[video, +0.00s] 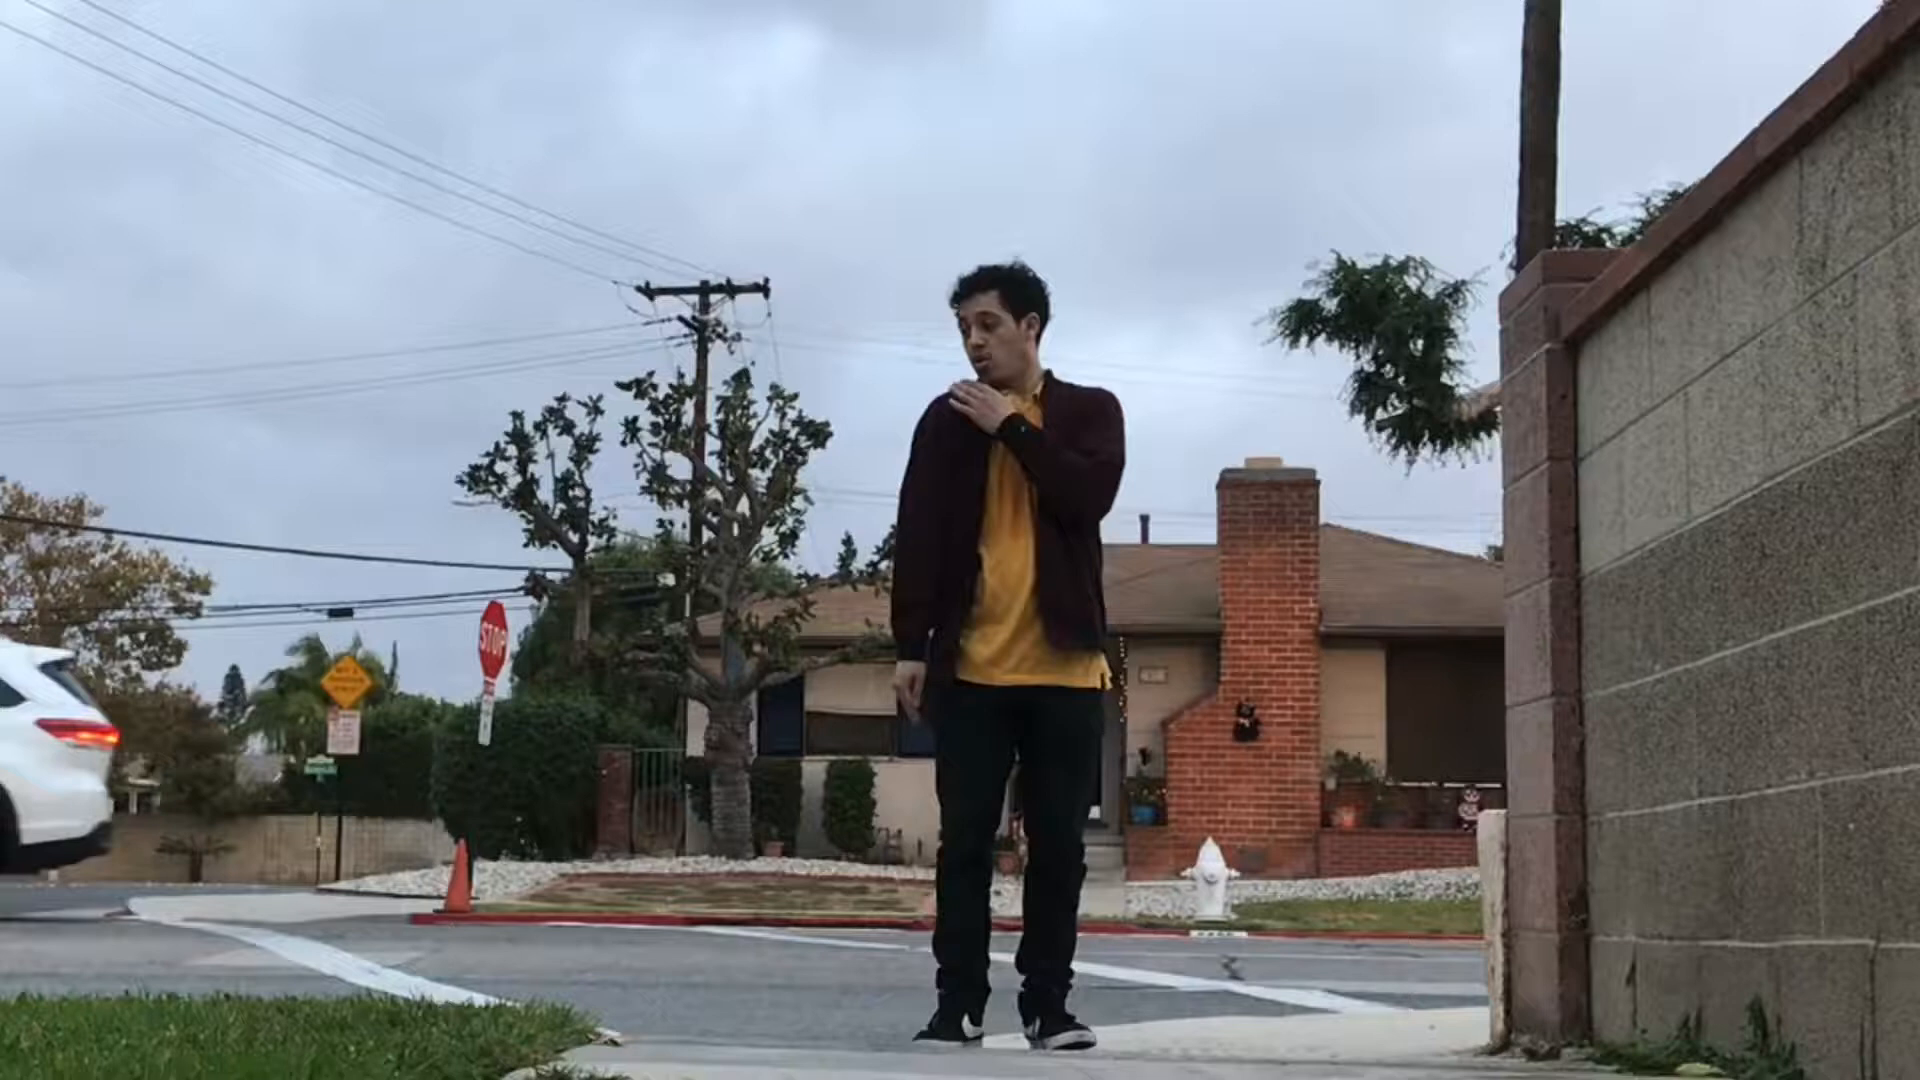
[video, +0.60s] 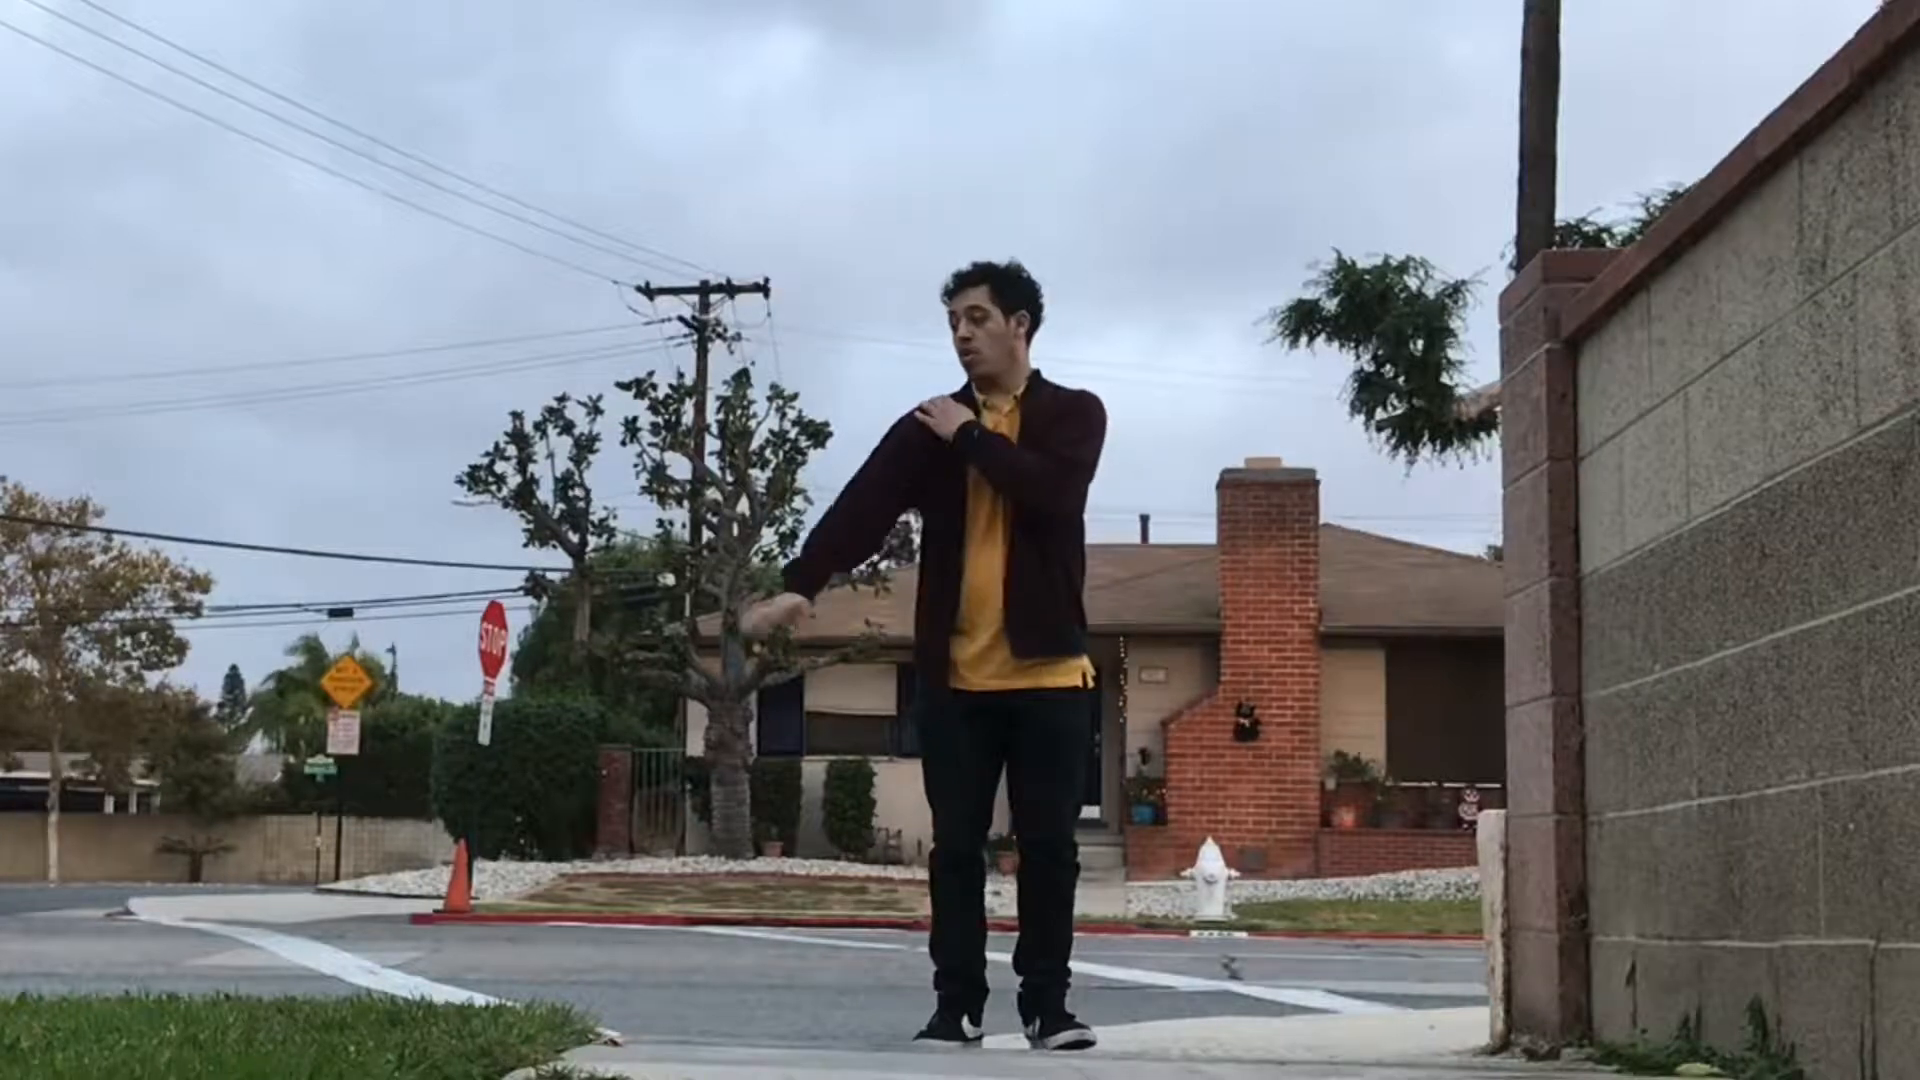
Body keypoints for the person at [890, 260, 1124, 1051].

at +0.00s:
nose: (974, 341)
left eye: (988, 325)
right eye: (966, 329)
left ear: (1032, 325)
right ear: (962, 338)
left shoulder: (1090, 410)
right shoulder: (947, 418)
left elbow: (1088, 497)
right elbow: (918, 534)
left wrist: (1010, 425)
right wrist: (912, 647)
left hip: (1066, 670)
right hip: (970, 667)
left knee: (1058, 847)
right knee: (965, 844)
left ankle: (1048, 1007)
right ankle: (959, 1005)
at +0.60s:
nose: (963, 335)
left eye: (978, 319)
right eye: (956, 324)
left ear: (1023, 325)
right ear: (952, 337)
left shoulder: (1075, 414)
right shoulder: (930, 426)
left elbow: (1056, 493)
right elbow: (861, 508)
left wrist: (968, 435)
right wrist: (800, 587)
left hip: (1052, 674)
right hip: (957, 675)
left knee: (1051, 848)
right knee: (957, 848)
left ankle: (1046, 1007)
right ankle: (957, 1007)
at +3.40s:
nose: (1003, 326)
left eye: (1017, 314)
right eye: (988, 314)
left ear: (1038, 328)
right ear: (966, 330)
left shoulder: (1071, 403)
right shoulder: (938, 407)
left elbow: (1058, 490)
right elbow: (952, 499)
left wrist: (966, 521)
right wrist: (1056, 542)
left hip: (1054, 667)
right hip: (962, 667)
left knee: (1053, 848)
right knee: (959, 845)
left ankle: (1048, 1008)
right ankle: (959, 1006)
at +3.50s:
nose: (1004, 330)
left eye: (1018, 317)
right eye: (989, 317)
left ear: (1040, 331)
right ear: (968, 332)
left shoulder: (1073, 406)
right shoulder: (938, 411)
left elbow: (1081, 491)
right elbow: (942, 510)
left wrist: (997, 540)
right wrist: (1033, 558)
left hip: (1054, 667)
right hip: (960, 668)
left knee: (1062, 847)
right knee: (949, 846)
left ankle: (1048, 1007)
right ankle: (959, 1007)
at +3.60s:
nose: (1005, 333)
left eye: (1019, 320)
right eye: (991, 321)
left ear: (1042, 335)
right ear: (970, 337)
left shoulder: (1076, 412)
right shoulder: (939, 417)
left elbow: (1092, 501)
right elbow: (932, 516)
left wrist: (1005, 553)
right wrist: (1018, 577)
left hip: (1062, 673)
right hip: (956, 670)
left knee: (1121, 811)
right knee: (898, 804)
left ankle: (1069, 987)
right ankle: (936, 978)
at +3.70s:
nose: (1007, 340)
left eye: (1021, 327)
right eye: (992, 328)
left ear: (1043, 342)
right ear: (971, 344)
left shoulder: (1077, 420)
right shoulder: (939, 423)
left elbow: (1087, 511)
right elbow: (933, 520)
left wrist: (998, 562)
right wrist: (1026, 574)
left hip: (1069, 674)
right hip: (956, 672)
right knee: (859, 795)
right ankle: (902, 983)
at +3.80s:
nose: (1009, 338)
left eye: (1023, 325)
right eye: (993, 326)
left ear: (1044, 341)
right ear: (972, 341)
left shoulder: (1077, 419)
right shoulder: (940, 422)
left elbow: (1100, 501)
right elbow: (925, 512)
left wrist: (999, 533)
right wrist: (1023, 540)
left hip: (1058, 676)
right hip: (957, 675)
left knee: (1096, 821)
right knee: (921, 825)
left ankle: (1057, 979)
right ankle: (956, 981)